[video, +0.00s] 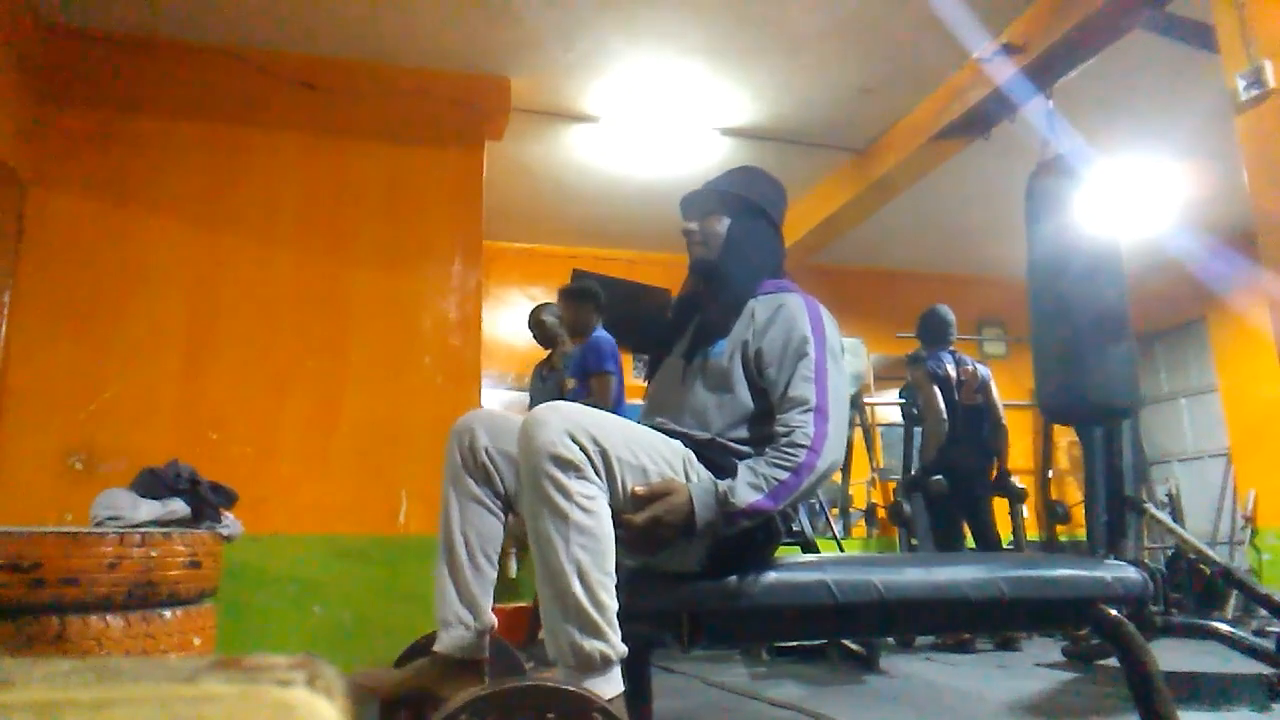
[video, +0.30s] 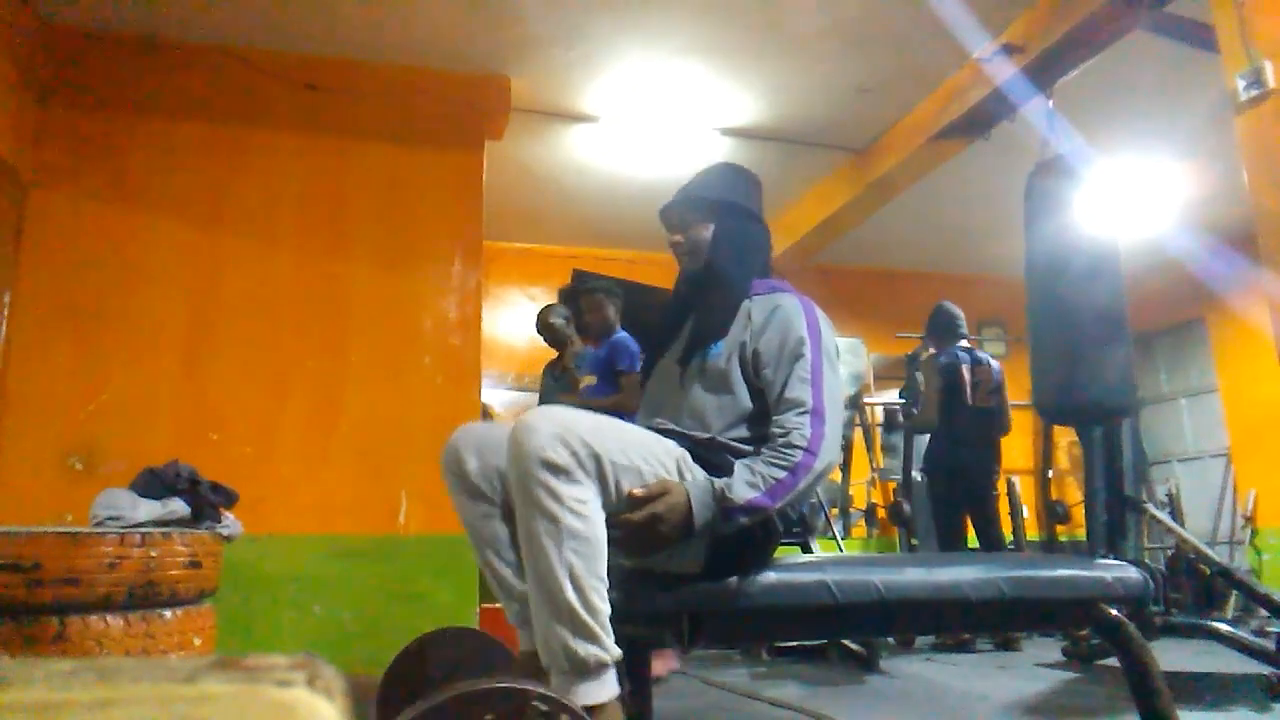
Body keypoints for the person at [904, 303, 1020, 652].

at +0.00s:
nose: (919, 340)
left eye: (920, 334)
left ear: (922, 335)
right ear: (954, 335)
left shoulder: (922, 368)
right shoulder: (979, 369)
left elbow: (937, 419)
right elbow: (999, 423)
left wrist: (925, 467)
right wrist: (1003, 470)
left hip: (944, 473)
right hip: (977, 471)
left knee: (949, 548)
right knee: (990, 544)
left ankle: (958, 629)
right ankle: (1008, 626)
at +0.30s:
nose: (929, 341)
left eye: (929, 335)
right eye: (931, 336)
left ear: (933, 334)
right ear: (964, 329)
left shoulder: (936, 363)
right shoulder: (992, 364)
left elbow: (929, 420)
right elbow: (1004, 424)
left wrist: (905, 419)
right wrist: (974, 425)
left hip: (946, 467)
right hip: (983, 466)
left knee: (950, 546)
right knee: (992, 541)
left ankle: (955, 628)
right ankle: (1008, 627)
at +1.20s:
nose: (922, 340)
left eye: (922, 335)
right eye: (926, 334)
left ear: (924, 335)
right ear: (955, 333)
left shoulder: (926, 366)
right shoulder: (982, 367)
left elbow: (931, 420)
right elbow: (1002, 423)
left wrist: (918, 469)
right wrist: (994, 465)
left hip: (944, 471)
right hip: (980, 471)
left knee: (950, 549)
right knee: (993, 546)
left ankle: (957, 629)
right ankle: (1007, 627)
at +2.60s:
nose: (957, 328)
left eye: (950, 325)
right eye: (959, 321)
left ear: (944, 332)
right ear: (970, 328)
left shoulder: (943, 363)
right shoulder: (992, 365)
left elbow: (942, 412)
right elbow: (1003, 421)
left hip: (951, 456)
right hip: (985, 461)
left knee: (953, 543)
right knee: (995, 540)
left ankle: (952, 624)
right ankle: (1007, 621)